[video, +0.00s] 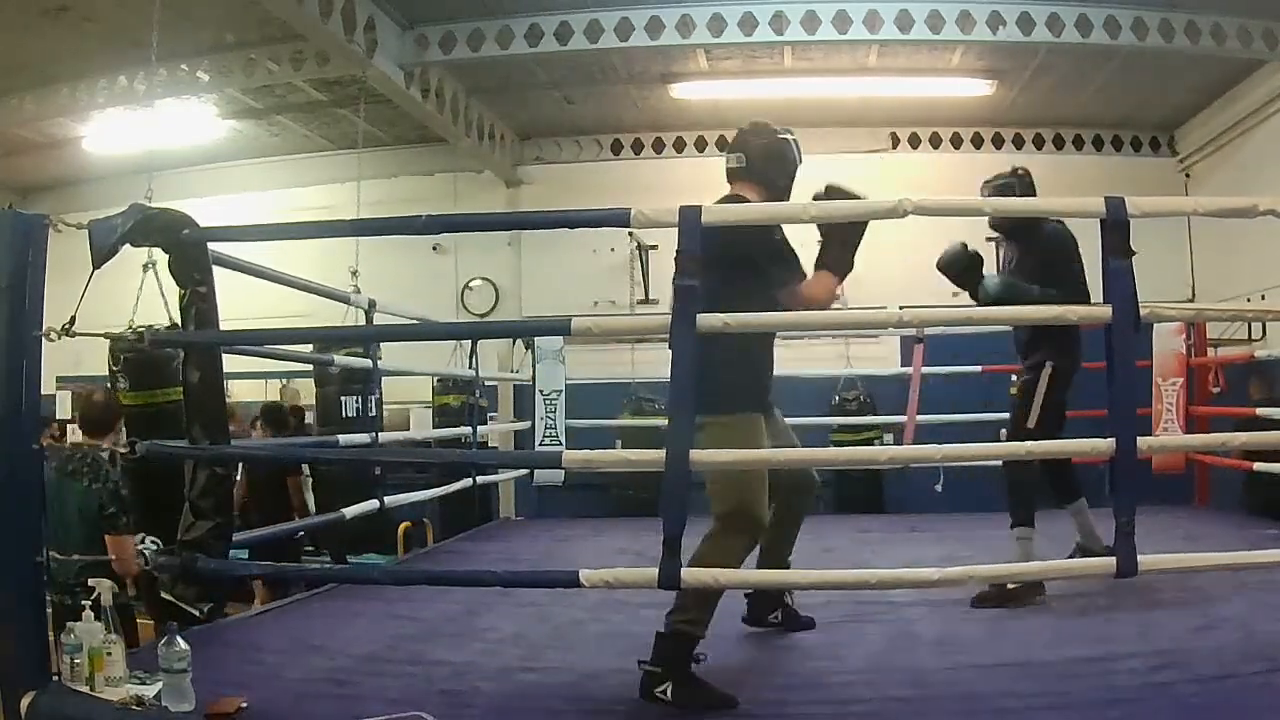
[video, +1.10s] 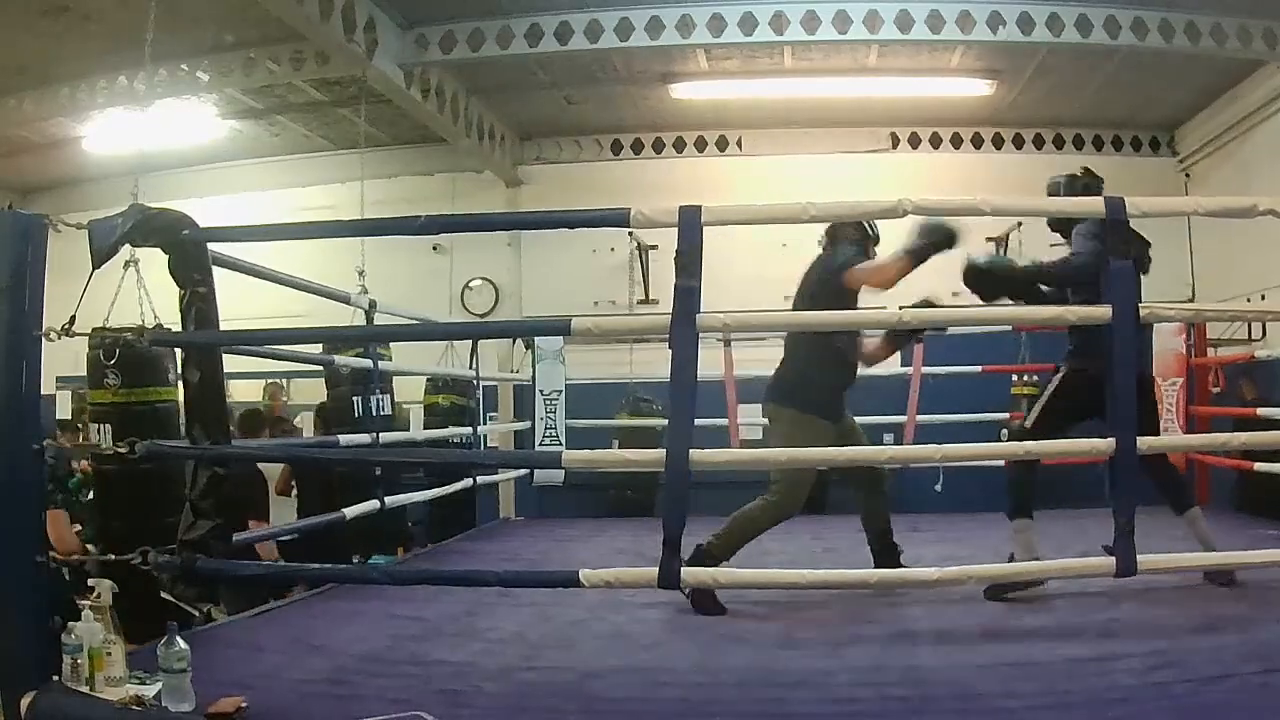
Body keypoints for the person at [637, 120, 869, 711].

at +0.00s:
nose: (794, 183)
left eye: (793, 174)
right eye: (792, 173)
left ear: (737, 167)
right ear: (781, 172)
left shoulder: (718, 222)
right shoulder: (752, 223)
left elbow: (789, 295)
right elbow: (811, 298)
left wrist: (828, 243)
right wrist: (842, 237)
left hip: (742, 398)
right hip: (729, 401)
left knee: (796, 487)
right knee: (740, 521)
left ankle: (767, 600)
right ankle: (670, 663)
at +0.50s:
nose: (770, 208)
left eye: (771, 199)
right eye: (765, 198)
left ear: (729, 192)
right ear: (745, 195)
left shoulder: (736, 241)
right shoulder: (717, 238)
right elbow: (799, 275)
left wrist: (825, 239)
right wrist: (831, 232)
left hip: (760, 401)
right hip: (715, 407)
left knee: (818, 476)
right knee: (697, 517)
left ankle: (809, 574)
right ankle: (620, 614)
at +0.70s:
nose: (802, 221)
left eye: (805, 214)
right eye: (796, 213)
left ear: (804, 214)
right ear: (771, 208)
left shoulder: (802, 253)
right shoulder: (735, 253)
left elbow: (870, 262)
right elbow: (785, 304)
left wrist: (926, 232)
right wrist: (810, 258)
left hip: (793, 406)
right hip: (737, 408)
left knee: (836, 489)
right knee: (697, 505)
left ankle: (841, 577)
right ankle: (647, 605)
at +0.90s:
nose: (834, 225)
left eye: (835, 217)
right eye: (830, 216)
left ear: (811, 216)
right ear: (807, 214)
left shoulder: (828, 268)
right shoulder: (763, 263)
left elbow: (886, 288)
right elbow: (797, 316)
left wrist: (932, 256)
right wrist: (833, 271)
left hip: (816, 407)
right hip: (762, 411)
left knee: (871, 476)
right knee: (751, 501)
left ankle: (890, 557)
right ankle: (714, 586)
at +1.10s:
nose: (871, 255)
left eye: (870, 249)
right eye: (868, 247)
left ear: (835, 242)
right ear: (856, 243)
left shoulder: (841, 298)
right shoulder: (829, 269)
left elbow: (867, 355)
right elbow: (880, 277)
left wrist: (907, 330)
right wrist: (922, 248)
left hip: (828, 410)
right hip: (798, 407)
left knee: (870, 476)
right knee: (787, 498)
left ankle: (888, 566)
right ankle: (701, 563)